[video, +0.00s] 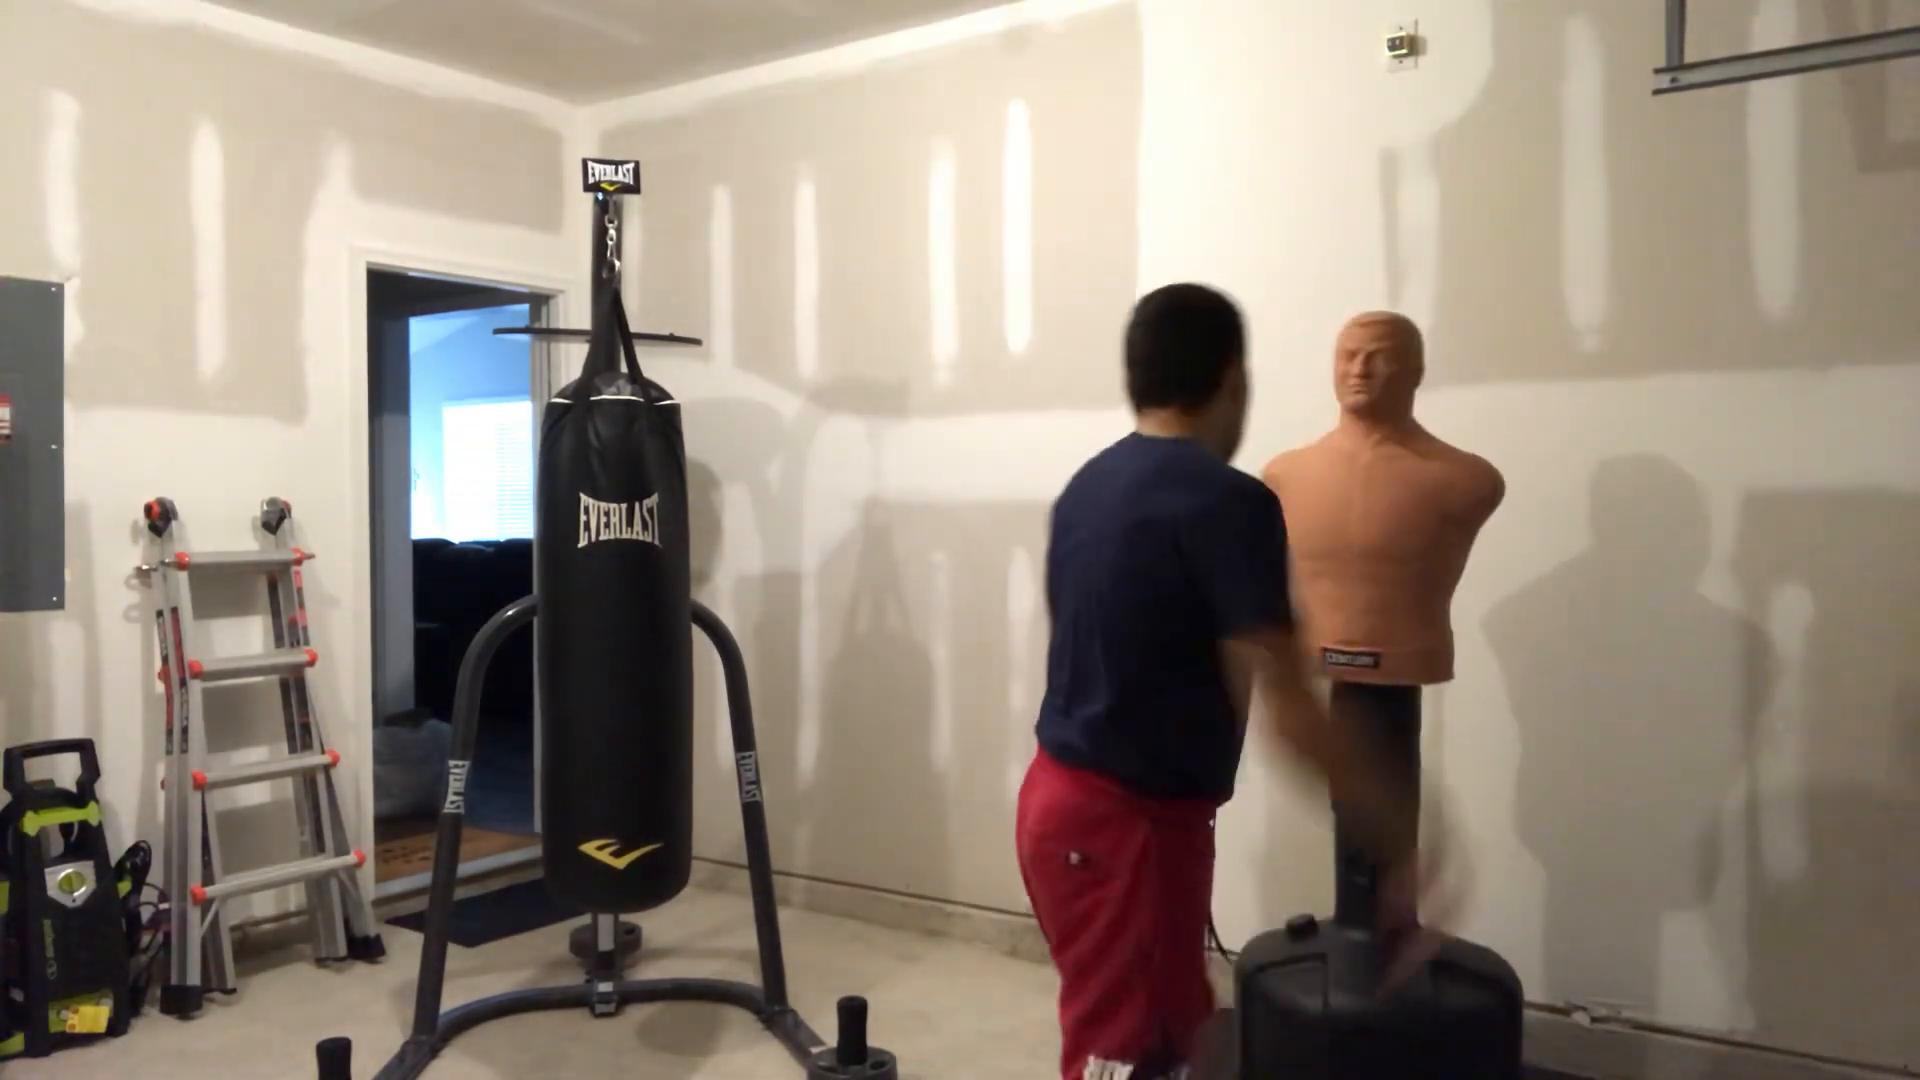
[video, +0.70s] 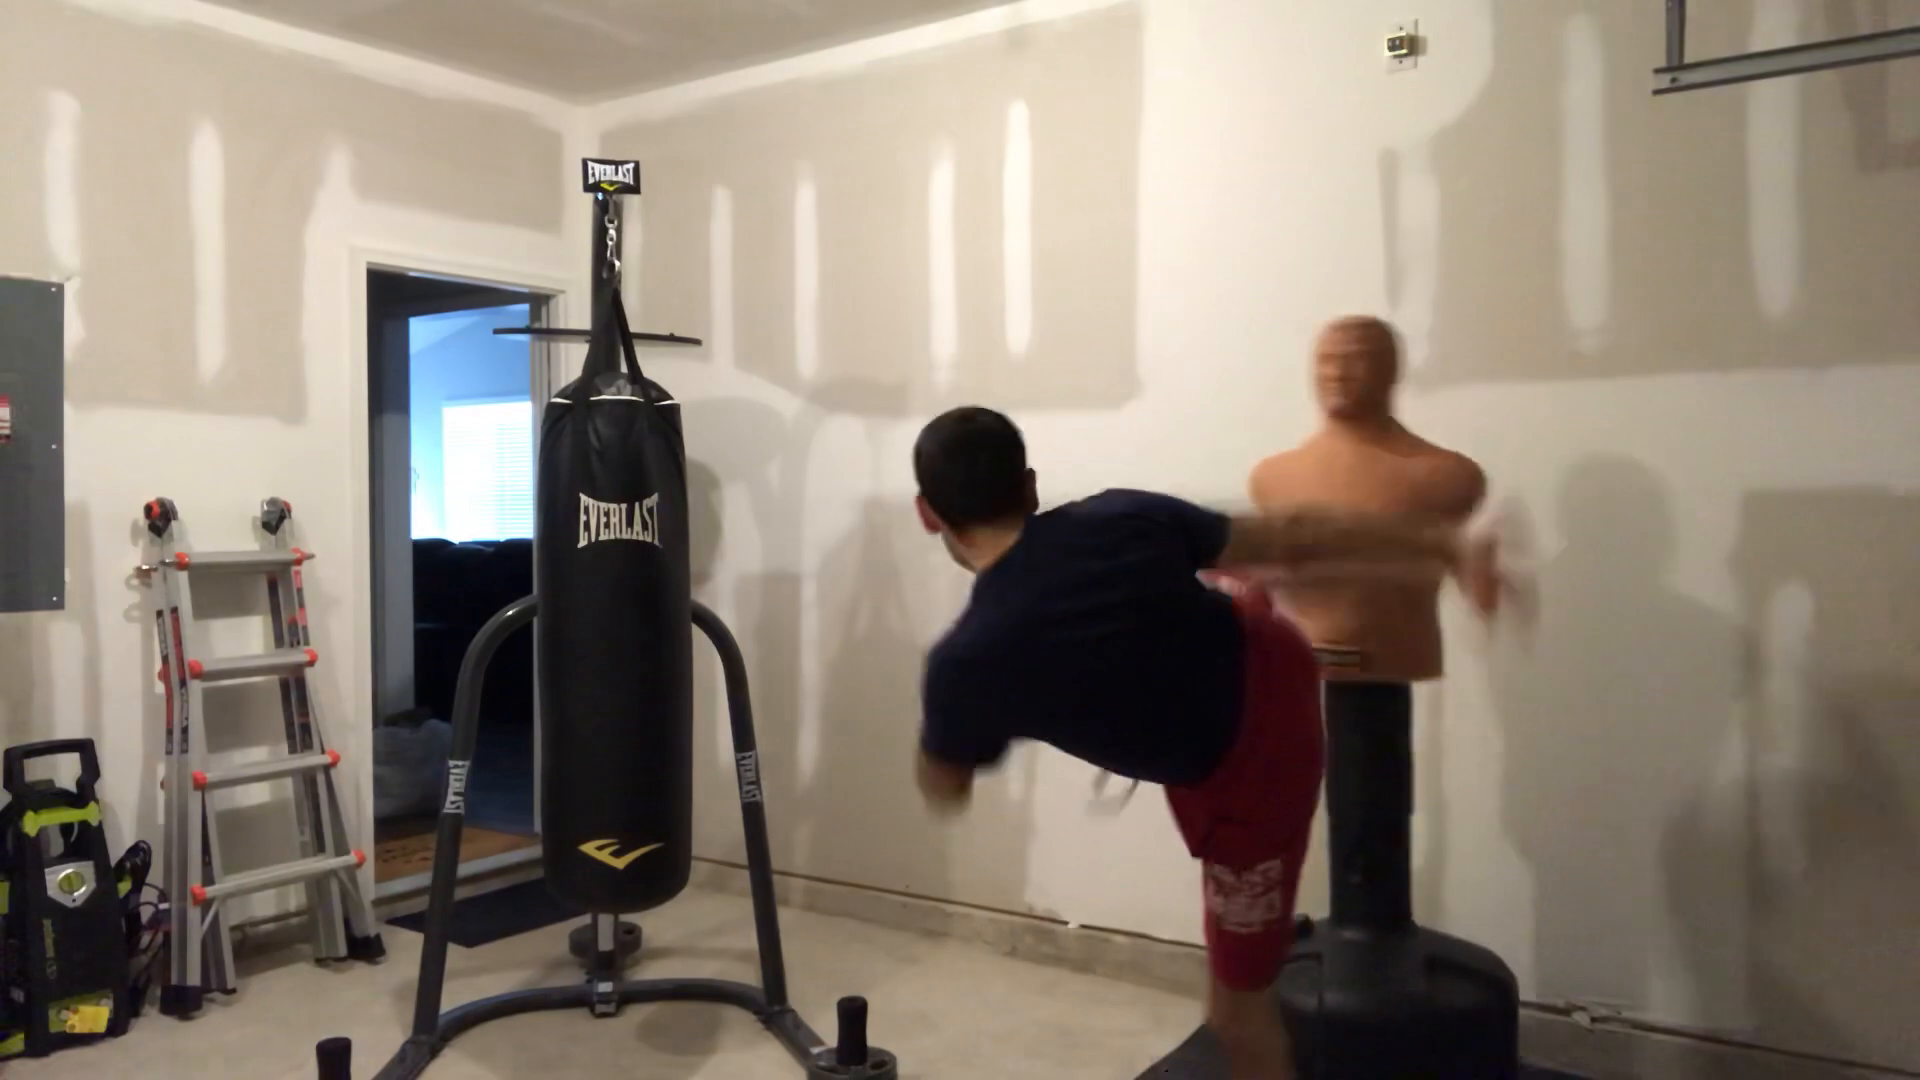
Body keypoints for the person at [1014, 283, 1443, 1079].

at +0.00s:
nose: (1248, 388)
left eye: (1242, 370)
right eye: (1245, 370)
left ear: (1135, 379)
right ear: (1232, 377)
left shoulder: (1088, 487)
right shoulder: (1230, 504)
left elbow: (1085, 652)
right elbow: (1289, 709)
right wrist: (1391, 837)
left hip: (1064, 806)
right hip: (1135, 830)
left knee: (1175, 1042)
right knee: (1118, 1060)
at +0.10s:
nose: (1198, 391)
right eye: (1194, 377)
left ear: (1089, 395)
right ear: (1187, 386)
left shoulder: (1040, 515)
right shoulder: (1237, 501)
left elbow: (1003, 695)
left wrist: (1087, 631)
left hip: (1065, 823)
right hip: (1169, 830)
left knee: (1100, 1046)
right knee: (1175, 1054)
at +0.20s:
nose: (1130, 386)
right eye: (1129, 373)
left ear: (1035, 397)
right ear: (1129, 383)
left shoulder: (996, 534)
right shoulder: (1197, 475)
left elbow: (991, 732)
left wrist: (1067, 723)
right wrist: (1280, 350)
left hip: (1088, 811)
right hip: (1199, 803)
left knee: (1131, 1027)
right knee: (1236, 1023)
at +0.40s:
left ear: (952, 415)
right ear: (1052, 398)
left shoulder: (935, 547)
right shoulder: (1129, 451)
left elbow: (907, 696)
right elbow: (1277, 426)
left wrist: (939, 585)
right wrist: (1332, 382)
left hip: (1177, 793)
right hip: (1283, 690)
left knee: (1160, 1029)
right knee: (1382, 656)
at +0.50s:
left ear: (940, 446)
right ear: (1040, 426)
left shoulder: (921, 580)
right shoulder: (1116, 484)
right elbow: (1312, 491)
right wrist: (1458, 482)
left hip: (1225, 767)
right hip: (1274, 644)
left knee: (1229, 1004)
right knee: (1309, 513)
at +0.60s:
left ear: (935, 488)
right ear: (1037, 464)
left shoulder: (940, 625)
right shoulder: (1118, 513)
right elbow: (1289, 552)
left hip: (1240, 762)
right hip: (1280, 643)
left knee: (1262, 1007)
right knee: (1268, 530)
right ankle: (1407, 436)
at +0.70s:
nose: (919, 513)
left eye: (918, 500)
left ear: (928, 516)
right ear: (1029, 483)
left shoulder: (969, 659)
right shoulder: (1116, 519)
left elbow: (942, 788)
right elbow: (1280, 536)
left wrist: (957, 696)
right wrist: (1445, 545)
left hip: (1244, 773)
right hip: (1273, 650)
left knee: (1240, 1014)